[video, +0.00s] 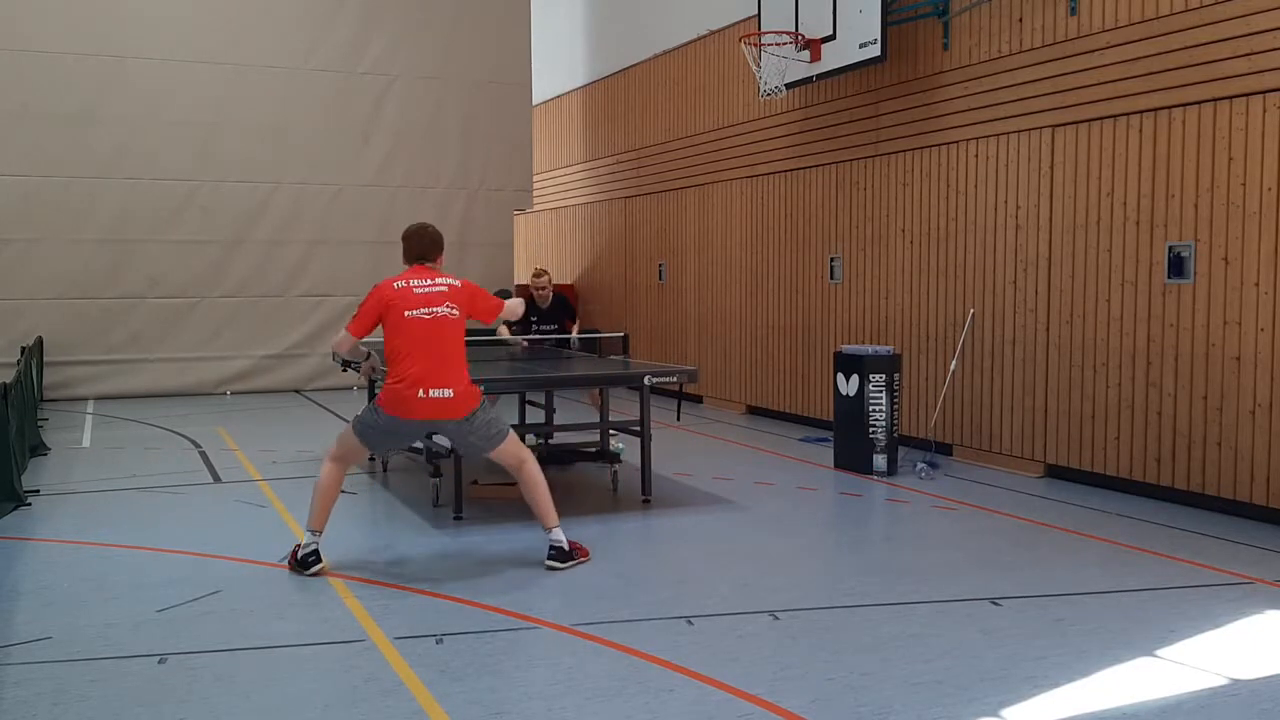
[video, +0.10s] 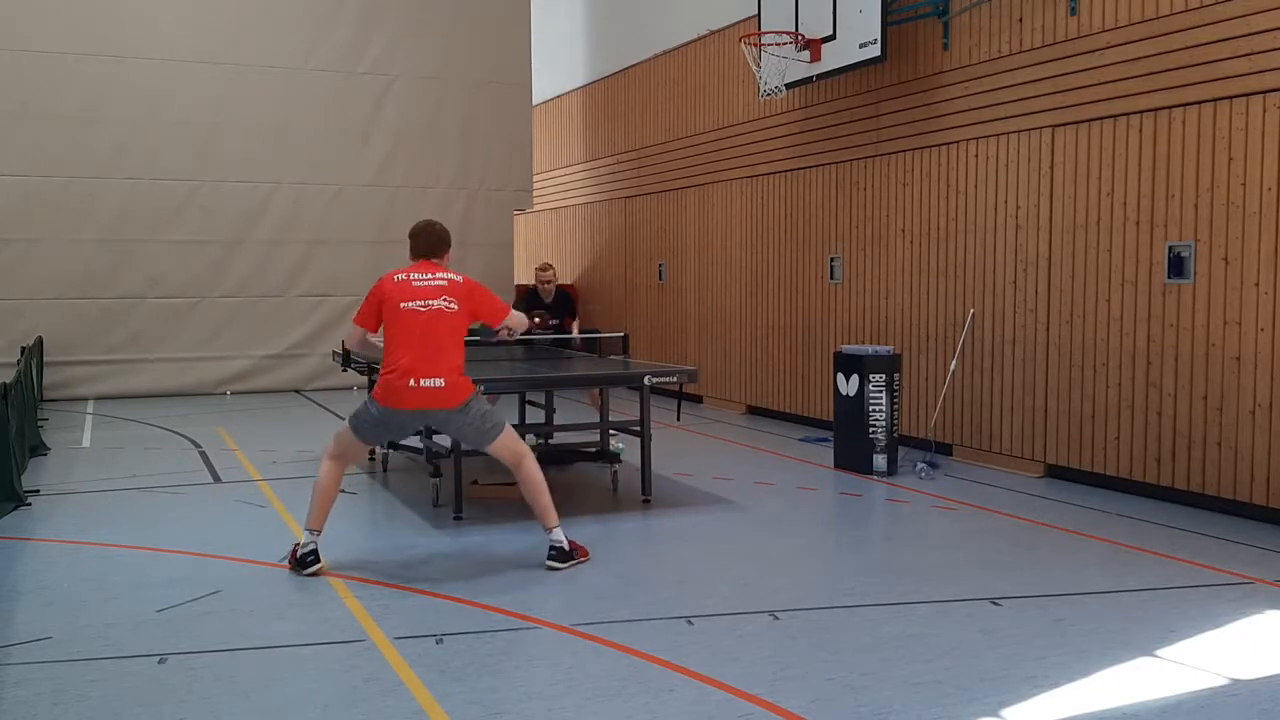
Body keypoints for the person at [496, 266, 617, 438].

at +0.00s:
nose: (540, 293)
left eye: (543, 289)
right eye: (536, 289)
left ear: (551, 287)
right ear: (530, 288)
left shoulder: (560, 300)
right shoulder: (524, 305)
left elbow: (575, 320)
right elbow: (501, 328)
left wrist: (574, 334)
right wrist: (512, 340)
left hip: (561, 355)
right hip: (531, 355)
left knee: (591, 382)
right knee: (496, 379)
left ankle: (607, 427)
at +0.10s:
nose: (545, 287)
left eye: (549, 282)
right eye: (541, 283)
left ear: (556, 281)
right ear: (535, 282)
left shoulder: (565, 296)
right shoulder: (527, 298)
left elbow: (573, 319)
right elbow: (514, 318)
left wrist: (575, 334)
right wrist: (527, 325)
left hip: (562, 349)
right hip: (532, 349)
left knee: (590, 377)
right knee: (502, 373)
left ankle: (606, 424)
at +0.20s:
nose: (547, 274)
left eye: (551, 270)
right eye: (543, 271)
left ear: (557, 271)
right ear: (537, 271)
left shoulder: (566, 291)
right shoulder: (527, 290)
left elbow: (571, 315)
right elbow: (512, 307)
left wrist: (574, 326)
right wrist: (513, 310)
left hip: (561, 349)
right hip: (532, 349)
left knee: (589, 380)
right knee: (501, 369)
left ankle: (606, 428)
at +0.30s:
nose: (546, 269)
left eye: (550, 265)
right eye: (543, 266)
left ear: (557, 266)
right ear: (536, 267)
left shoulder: (566, 290)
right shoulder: (527, 287)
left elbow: (570, 315)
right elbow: (507, 303)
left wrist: (572, 325)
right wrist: (511, 309)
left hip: (560, 350)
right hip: (531, 350)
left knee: (588, 378)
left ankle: (607, 427)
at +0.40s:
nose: (543, 270)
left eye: (547, 267)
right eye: (539, 267)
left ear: (553, 268)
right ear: (533, 269)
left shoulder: (564, 291)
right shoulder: (524, 289)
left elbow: (569, 315)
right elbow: (503, 306)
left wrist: (570, 326)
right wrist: (508, 313)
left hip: (558, 350)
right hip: (529, 350)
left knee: (588, 380)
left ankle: (607, 427)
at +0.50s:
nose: (539, 272)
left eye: (543, 268)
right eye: (535, 268)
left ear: (549, 269)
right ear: (529, 271)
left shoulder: (562, 291)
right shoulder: (520, 291)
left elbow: (570, 314)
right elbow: (502, 314)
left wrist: (568, 323)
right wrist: (519, 326)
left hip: (558, 351)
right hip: (527, 350)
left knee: (588, 380)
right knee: (495, 375)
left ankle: (608, 429)